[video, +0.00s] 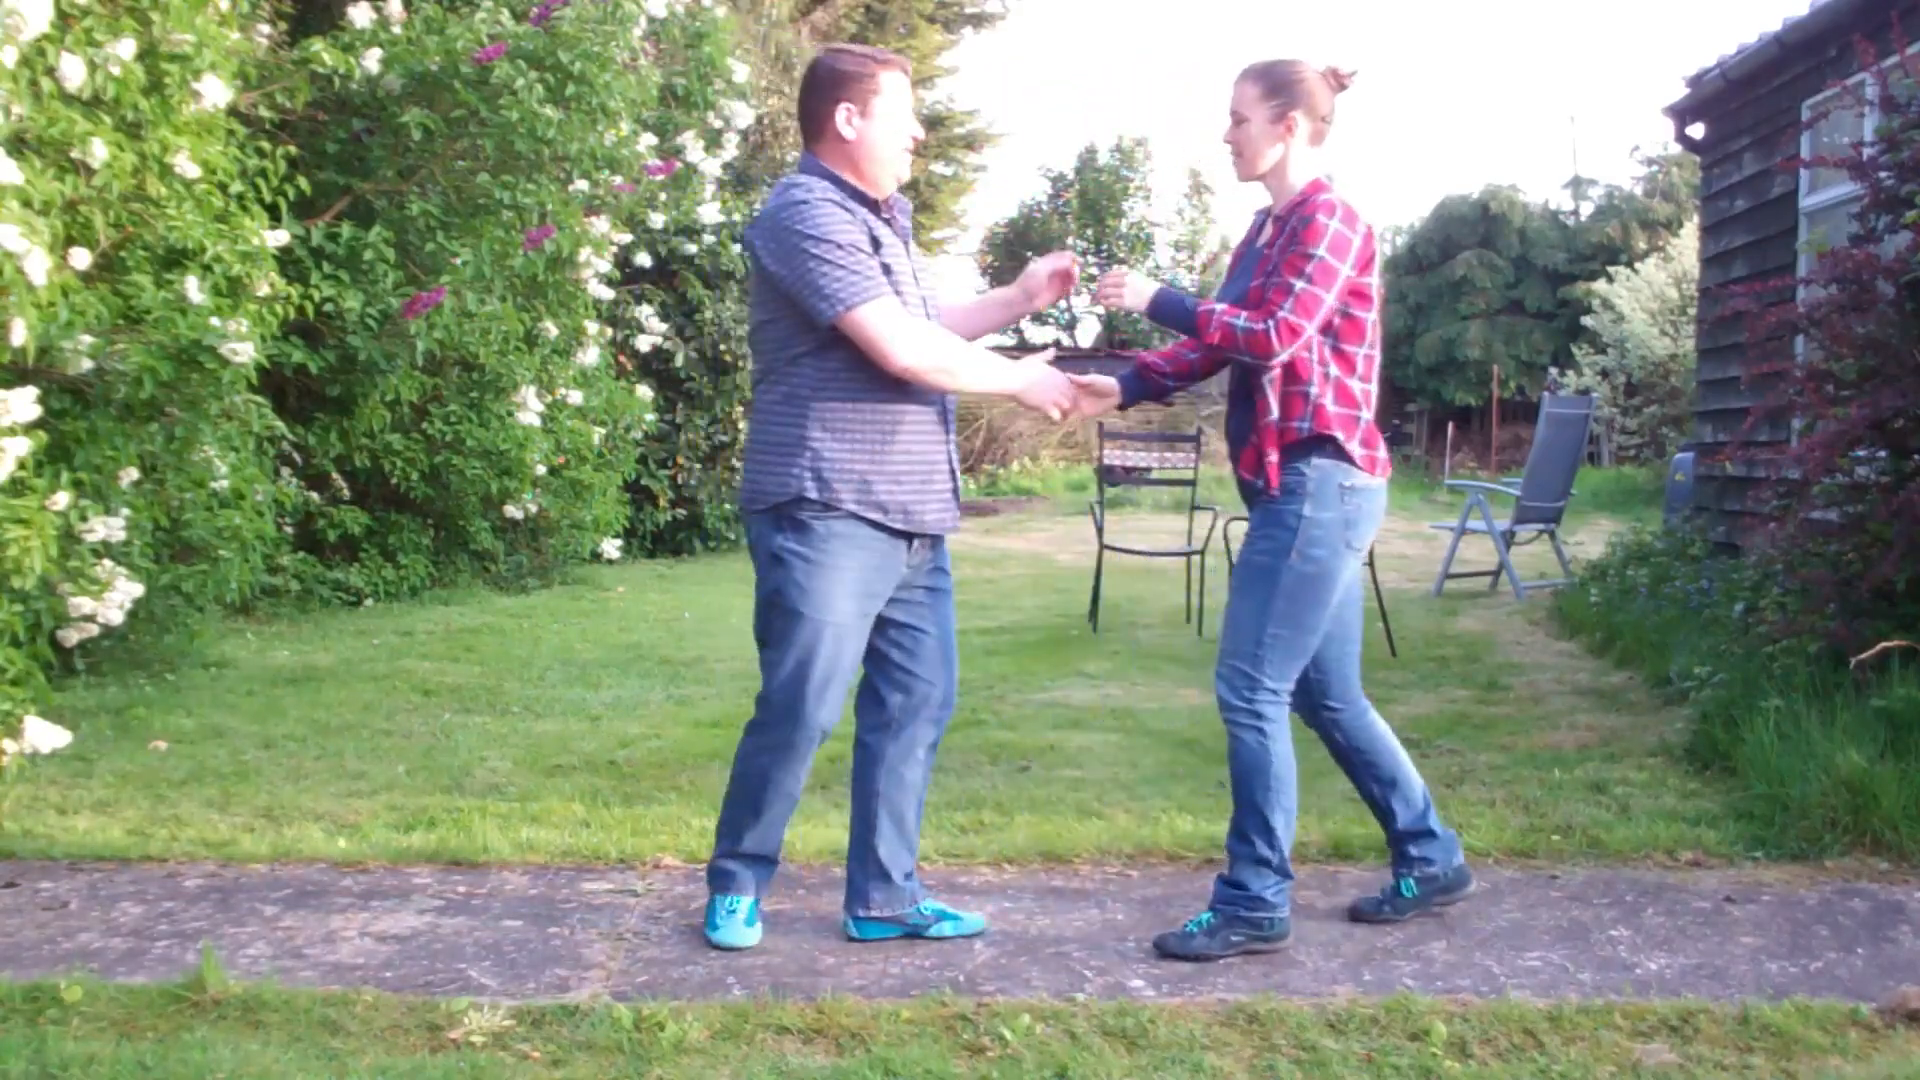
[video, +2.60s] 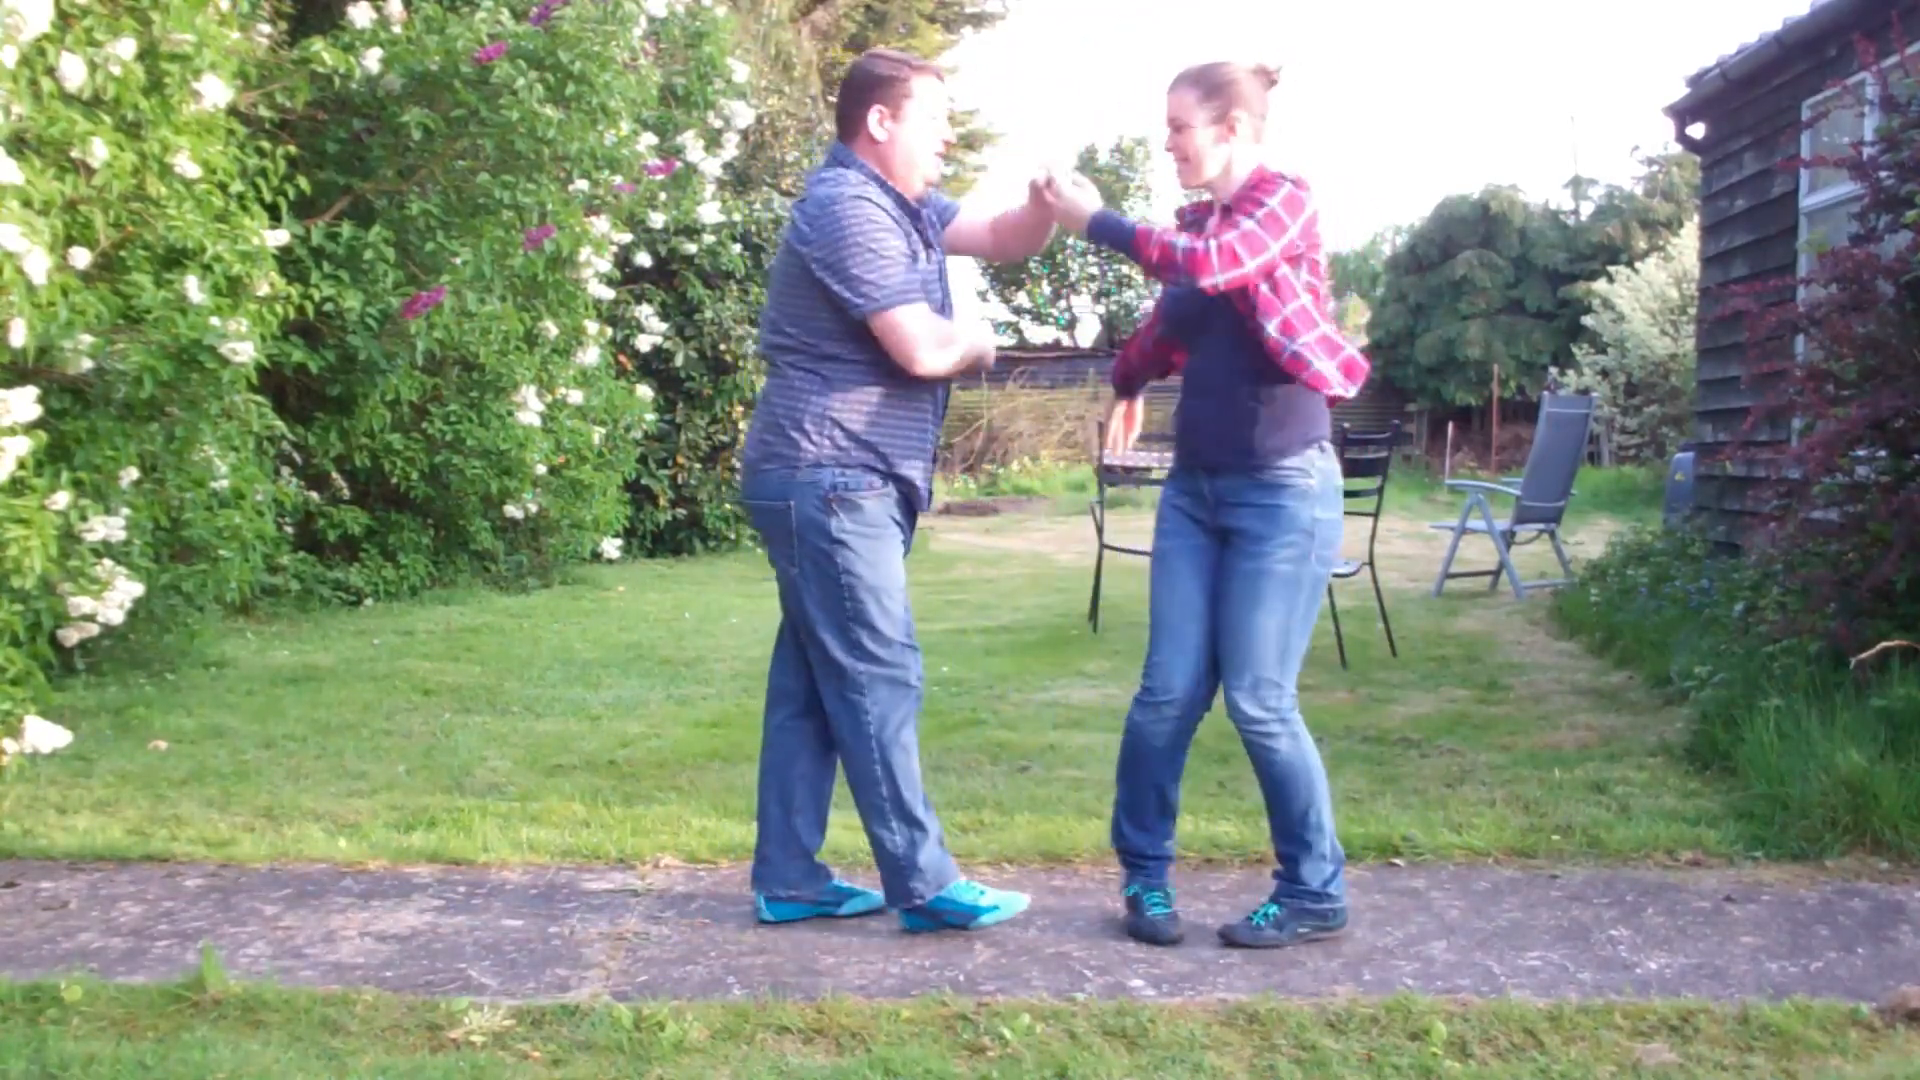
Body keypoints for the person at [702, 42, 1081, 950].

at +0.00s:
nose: (916, 137)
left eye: (913, 119)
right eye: (904, 119)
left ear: (855, 122)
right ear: (848, 121)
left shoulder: (883, 221)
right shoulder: (805, 211)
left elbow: (927, 324)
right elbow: (896, 346)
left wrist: (1022, 295)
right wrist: (1020, 377)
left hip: (911, 513)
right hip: (826, 504)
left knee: (915, 705)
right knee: (803, 705)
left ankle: (885, 899)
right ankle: (739, 883)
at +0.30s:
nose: (968, 141)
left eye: (966, 123)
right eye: (958, 123)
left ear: (900, 127)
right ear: (911, 125)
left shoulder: (905, 214)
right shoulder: (882, 203)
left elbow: (955, 371)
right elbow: (972, 327)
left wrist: (1054, 412)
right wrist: (1072, 320)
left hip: (924, 494)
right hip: (889, 491)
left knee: (940, 690)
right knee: (938, 688)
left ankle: (894, 883)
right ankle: (847, 886)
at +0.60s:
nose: (990, 146)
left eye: (990, 128)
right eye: (981, 127)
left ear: (923, 124)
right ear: (934, 121)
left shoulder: (922, 205)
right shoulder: (903, 185)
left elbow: (966, 351)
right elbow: (1018, 238)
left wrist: (1069, 342)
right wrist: (1053, 166)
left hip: (941, 484)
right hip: (911, 482)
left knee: (991, 666)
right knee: (948, 687)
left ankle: (902, 854)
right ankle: (912, 903)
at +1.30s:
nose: (951, 128)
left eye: (948, 114)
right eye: (937, 112)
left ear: (886, 120)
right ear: (887, 118)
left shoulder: (897, 206)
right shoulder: (856, 187)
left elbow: (985, 251)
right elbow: (996, 184)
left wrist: (1034, 196)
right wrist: (1056, 108)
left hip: (898, 477)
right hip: (870, 475)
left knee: (883, 682)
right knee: (925, 680)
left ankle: (855, 870)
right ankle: (845, 886)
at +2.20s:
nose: (919, 130)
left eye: (921, 115)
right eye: (907, 114)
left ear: (874, 122)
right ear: (852, 117)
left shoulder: (892, 186)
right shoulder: (793, 192)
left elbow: (982, 129)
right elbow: (843, 250)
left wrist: (1046, 33)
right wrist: (965, 192)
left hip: (863, 481)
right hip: (800, 478)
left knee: (819, 675)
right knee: (852, 668)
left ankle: (797, 863)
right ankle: (762, 870)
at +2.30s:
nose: (923, 134)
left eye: (924, 119)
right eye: (911, 118)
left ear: (873, 124)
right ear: (855, 121)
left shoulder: (891, 189)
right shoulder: (800, 206)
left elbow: (985, 144)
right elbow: (830, 321)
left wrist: (1031, 64)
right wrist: (953, 326)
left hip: (858, 474)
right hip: (801, 471)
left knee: (806, 668)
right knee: (877, 659)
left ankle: (787, 857)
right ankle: (790, 864)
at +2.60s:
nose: (946, 142)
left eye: (944, 124)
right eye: (934, 123)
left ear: (885, 125)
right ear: (881, 123)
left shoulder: (899, 201)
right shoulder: (848, 207)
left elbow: (1004, 238)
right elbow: (921, 352)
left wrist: (1047, 205)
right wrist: (974, 345)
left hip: (854, 475)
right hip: (824, 474)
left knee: (809, 682)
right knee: (880, 676)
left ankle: (787, 877)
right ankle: (923, 881)